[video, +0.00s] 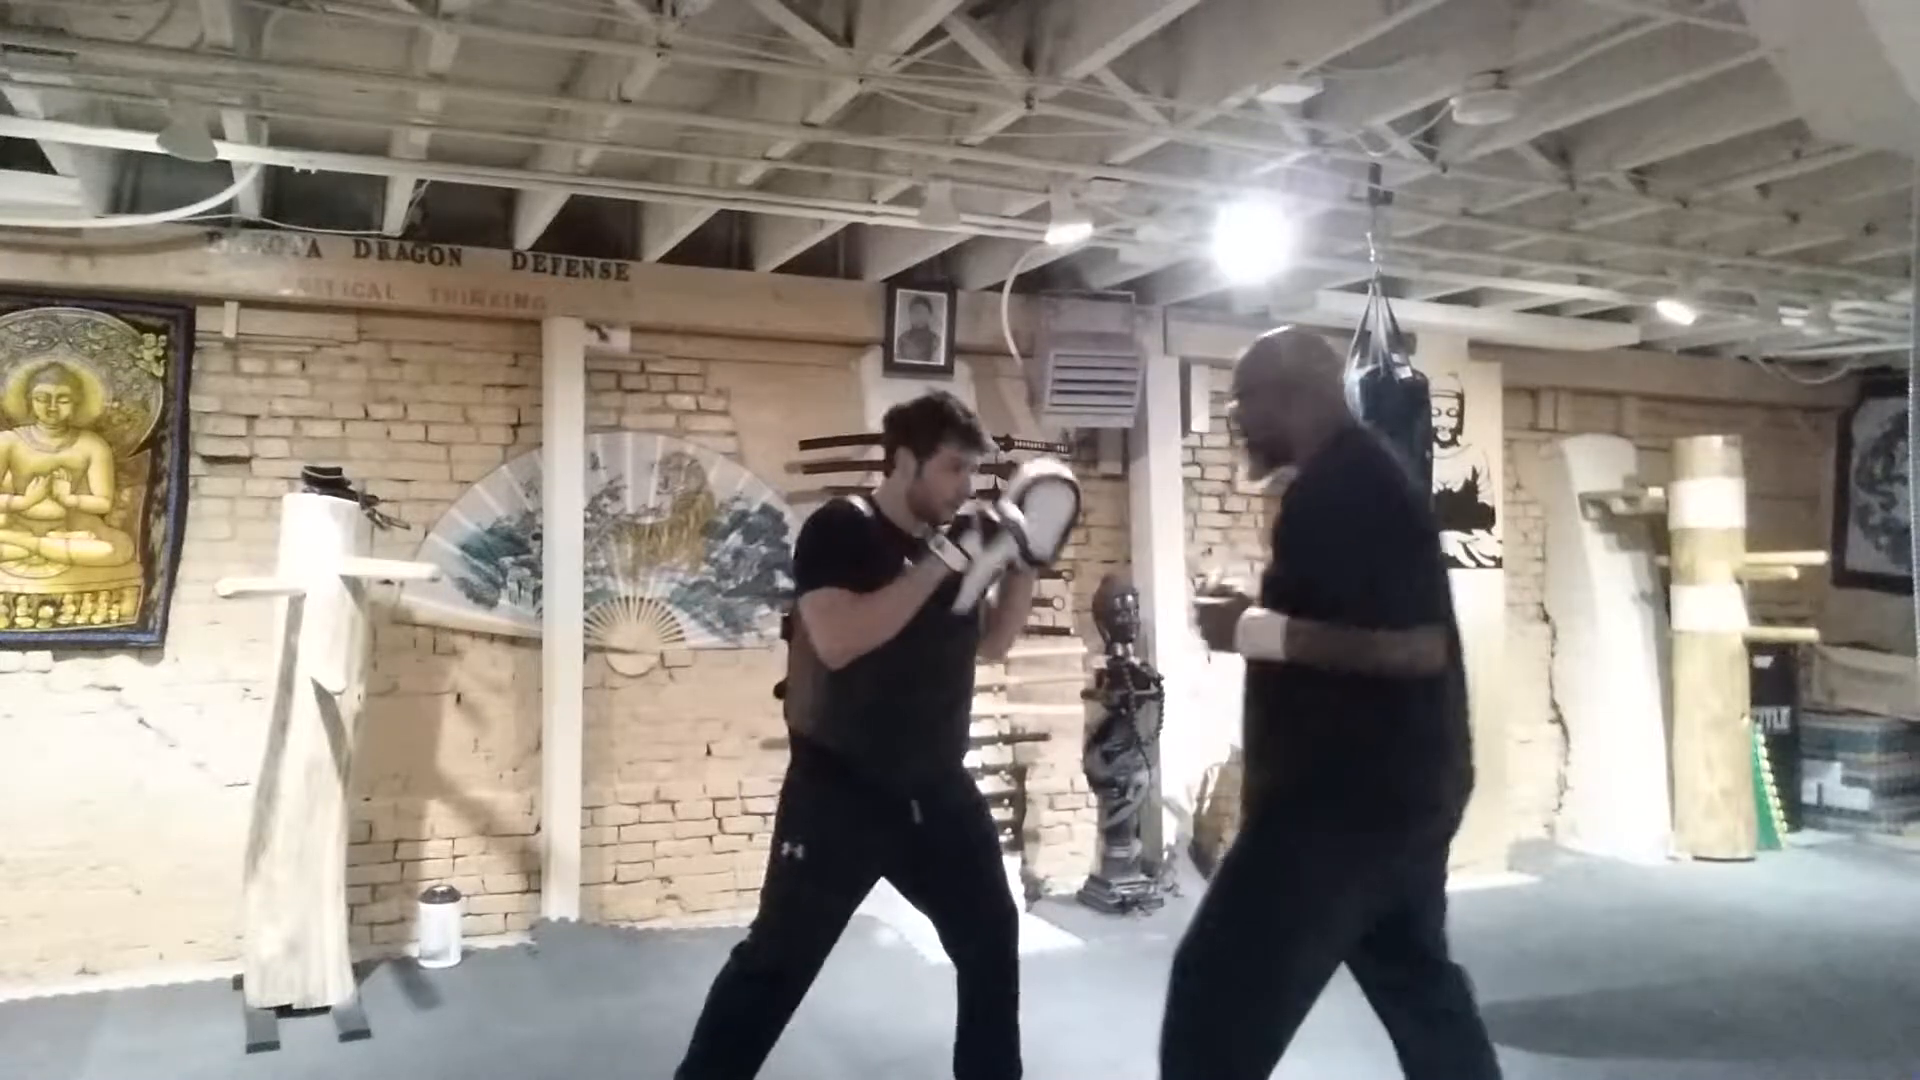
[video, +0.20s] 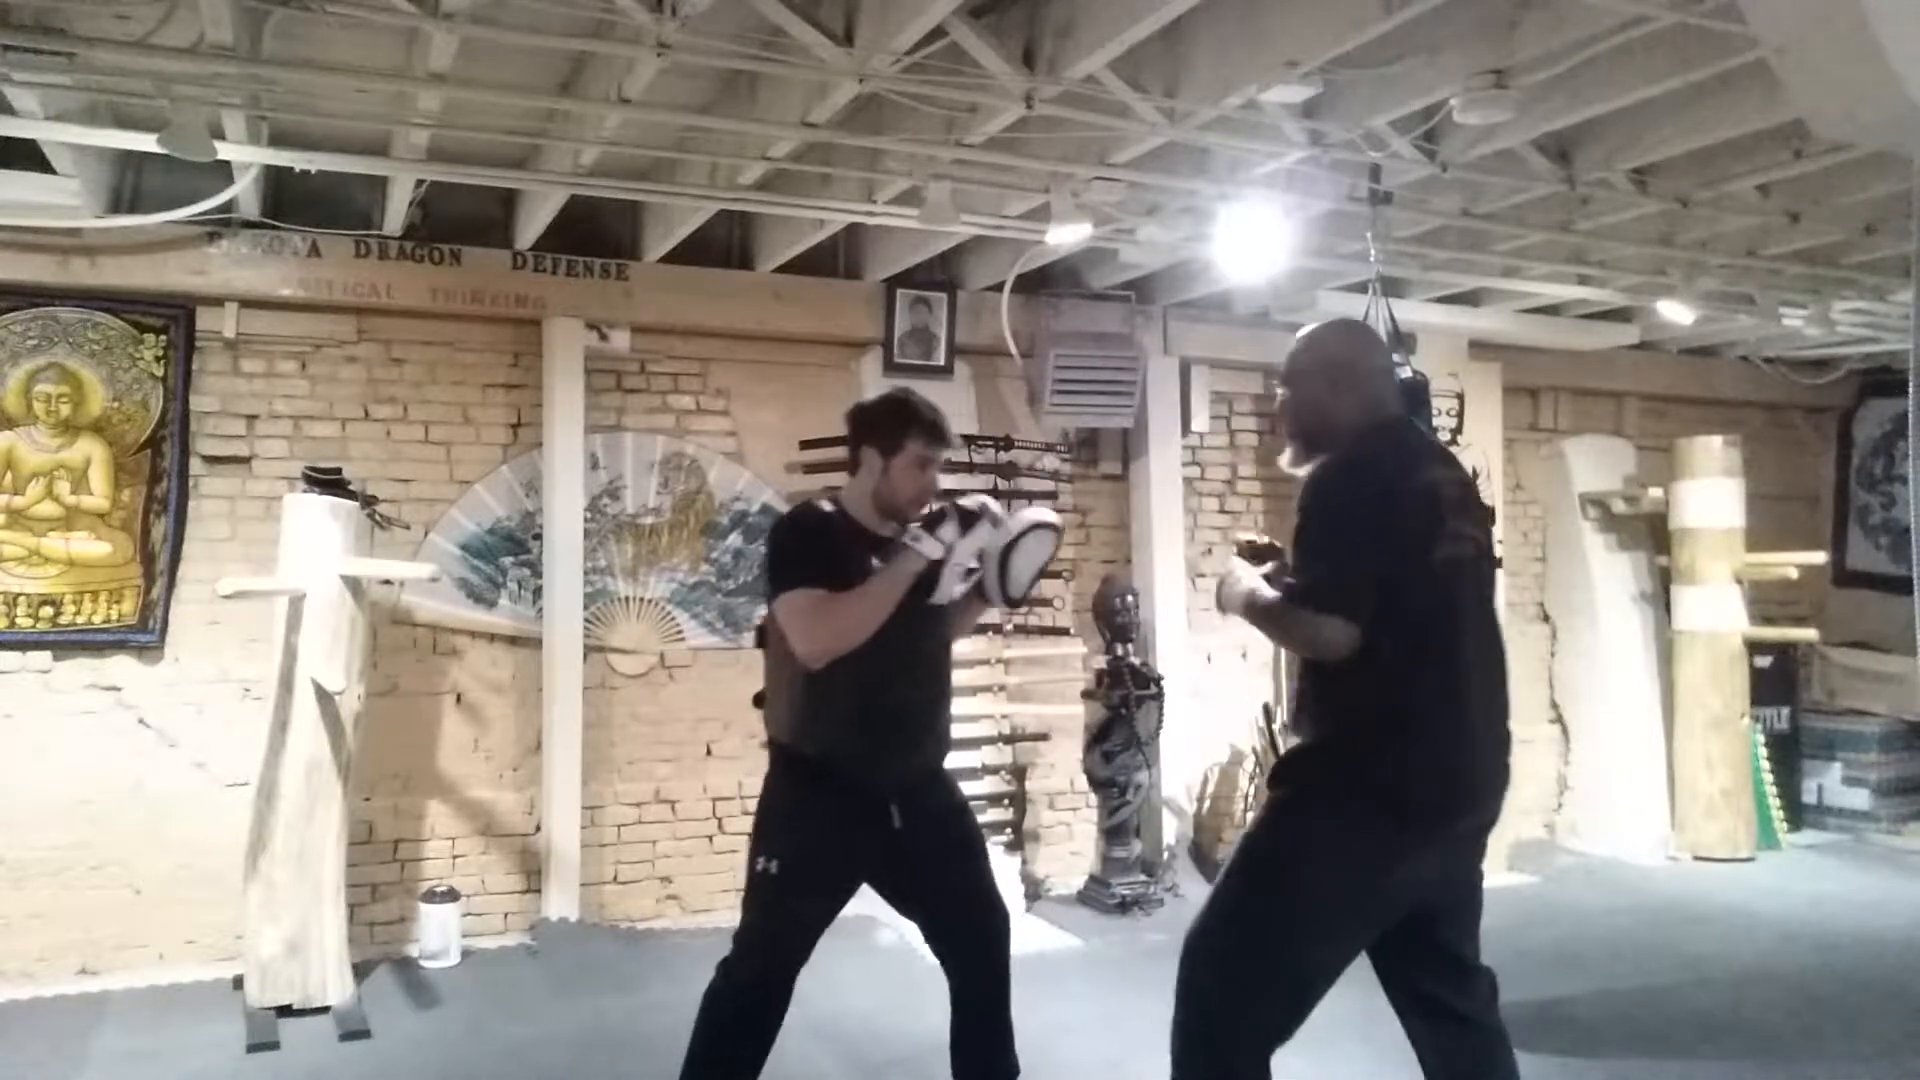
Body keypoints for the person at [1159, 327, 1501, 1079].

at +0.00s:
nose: (1234, 415)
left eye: (1247, 396)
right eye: (1234, 399)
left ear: (1303, 394)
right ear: (1311, 395)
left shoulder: (1351, 481)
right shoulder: (1350, 475)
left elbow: (1419, 645)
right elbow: (1358, 623)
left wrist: (1251, 629)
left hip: (1347, 803)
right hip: (1391, 798)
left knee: (1219, 996)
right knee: (1418, 987)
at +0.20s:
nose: (1279, 408)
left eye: (1289, 387)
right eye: (1281, 388)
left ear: (1338, 388)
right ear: (1374, 387)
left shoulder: (1348, 477)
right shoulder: (1440, 471)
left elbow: (1331, 631)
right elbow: (1409, 603)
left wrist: (1250, 600)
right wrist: (1297, 568)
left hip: (1363, 789)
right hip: (1454, 780)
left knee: (1222, 985)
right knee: (1447, 996)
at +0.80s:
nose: (1273, 432)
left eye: (1281, 412)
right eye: (1271, 415)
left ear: (1324, 408)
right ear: (1370, 406)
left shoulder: (1324, 487)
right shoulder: (1454, 491)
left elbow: (1225, 600)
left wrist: (1191, 543)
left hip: (1341, 784)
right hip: (1455, 785)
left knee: (1195, 973)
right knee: (1426, 1007)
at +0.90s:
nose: (1264, 421)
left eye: (1273, 404)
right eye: (1265, 404)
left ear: (1306, 407)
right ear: (1363, 402)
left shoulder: (1273, 489)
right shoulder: (1449, 486)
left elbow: (1121, 536)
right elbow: (1487, 632)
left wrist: (1051, 483)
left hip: (1326, 795)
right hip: (1451, 789)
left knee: (1206, 1004)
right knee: (1422, 998)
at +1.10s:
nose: (1218, 436)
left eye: (1228, 416)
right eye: (1218, 418)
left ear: (1270, 415)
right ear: (1317, 409)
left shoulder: (1266, 502)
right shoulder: (1392, 490)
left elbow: (1152, 622)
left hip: (1294, 816)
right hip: (1402, 807)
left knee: (1171, 988)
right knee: (1382, 1003)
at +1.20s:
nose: (1184, 434)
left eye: (1197, 415)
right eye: (1184, 417)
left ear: (1248, 412)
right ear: (1261, 413)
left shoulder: (1275, 512)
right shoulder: (1329, 494)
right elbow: (1284, 585)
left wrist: (1145, 647)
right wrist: (1200, 521)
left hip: (1292, 823)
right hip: (1368, 813)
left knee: (1159, 984)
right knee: (1376, 1019)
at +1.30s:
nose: (1157, 444)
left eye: (1169, 423)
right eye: (1157, 425)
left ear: (1221, 418)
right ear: (1223, 419)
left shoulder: (1303, 508)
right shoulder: (1226, 513)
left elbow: (1302, 682)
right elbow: (1142, 550)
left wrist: (1168, 659)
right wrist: (1060, 487)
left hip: (1289, 819)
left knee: (1154, 986)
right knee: (1368, 1014)